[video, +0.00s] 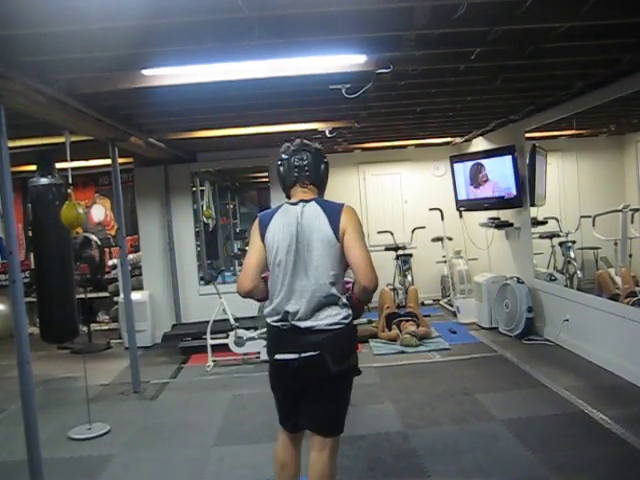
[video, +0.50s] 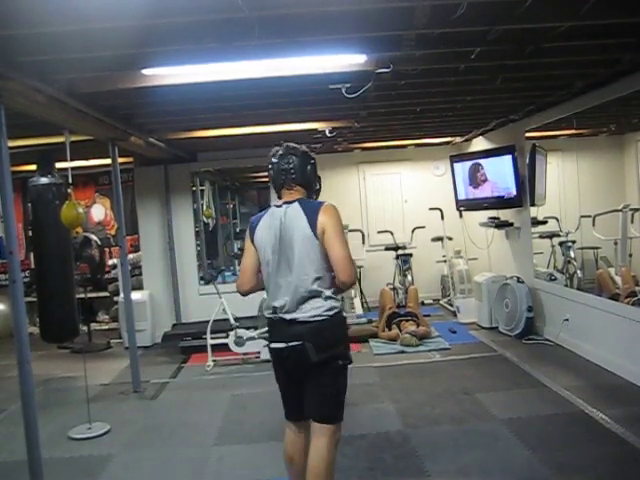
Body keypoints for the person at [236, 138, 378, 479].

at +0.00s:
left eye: (286, 172)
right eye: (322, 171)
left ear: (282, 178)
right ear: (322, 176)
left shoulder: (264, 221)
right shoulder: (341, 214)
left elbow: (246, 286)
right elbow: (367, 281)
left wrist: (278, 288)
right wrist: (354, 306)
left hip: (284, 350)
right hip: (332, 349)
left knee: (288, 435)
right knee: (323, 445)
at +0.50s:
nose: (315, 179)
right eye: (313, 174)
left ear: (275, 181)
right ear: (310, 178)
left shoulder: (258, 223)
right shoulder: (322, 211)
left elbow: (245, 285)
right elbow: (346, 277)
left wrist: (277, 274)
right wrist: (329, 282)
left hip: (281, 336)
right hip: (324, 333)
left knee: (295, 425)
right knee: (325, 431)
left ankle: (298, 478)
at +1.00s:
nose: (315, 180)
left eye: (313, 175)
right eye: (313, 175)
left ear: (275, 181)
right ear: (308, 178)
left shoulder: (256, 224)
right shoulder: (320, 211)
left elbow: (251, 283)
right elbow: (346, 273)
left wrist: (278, 260)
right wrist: (346, 249)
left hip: (281, 332)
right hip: (322, 329)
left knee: (295, 421)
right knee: (336, 423)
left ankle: (298, 477)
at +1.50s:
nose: (337, 182)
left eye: (335, 176)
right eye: (335, 176)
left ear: (294, 182)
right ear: (329, 179)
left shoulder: (274, 225)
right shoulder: (341, 217)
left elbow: (271, 283)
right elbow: (373, 275)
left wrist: (301, 257)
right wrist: (363, 244)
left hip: (298, 340)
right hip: (341, 338)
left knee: (308, 423)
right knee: (343, 433)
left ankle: (302, 477)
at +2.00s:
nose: (328, 182)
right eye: (326, 177)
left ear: (288, 183)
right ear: (321, 179)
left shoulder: (269, 226)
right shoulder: (334, 214)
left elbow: (270, 281)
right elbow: (367, 270)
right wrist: (356, 241)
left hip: (293, 339)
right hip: (335, 337)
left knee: (305, 423)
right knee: (339, 432)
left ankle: (302, 477)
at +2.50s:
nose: (319, 182)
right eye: (317, 177)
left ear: (279, 184)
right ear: (313, 179)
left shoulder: (264, 226)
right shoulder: (327, 213)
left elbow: (263, 280)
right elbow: (361, 268)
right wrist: (353, 241)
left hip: (285, 337)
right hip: (327, 336)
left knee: (301, 422)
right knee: (335, 430)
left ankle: (300, 476)